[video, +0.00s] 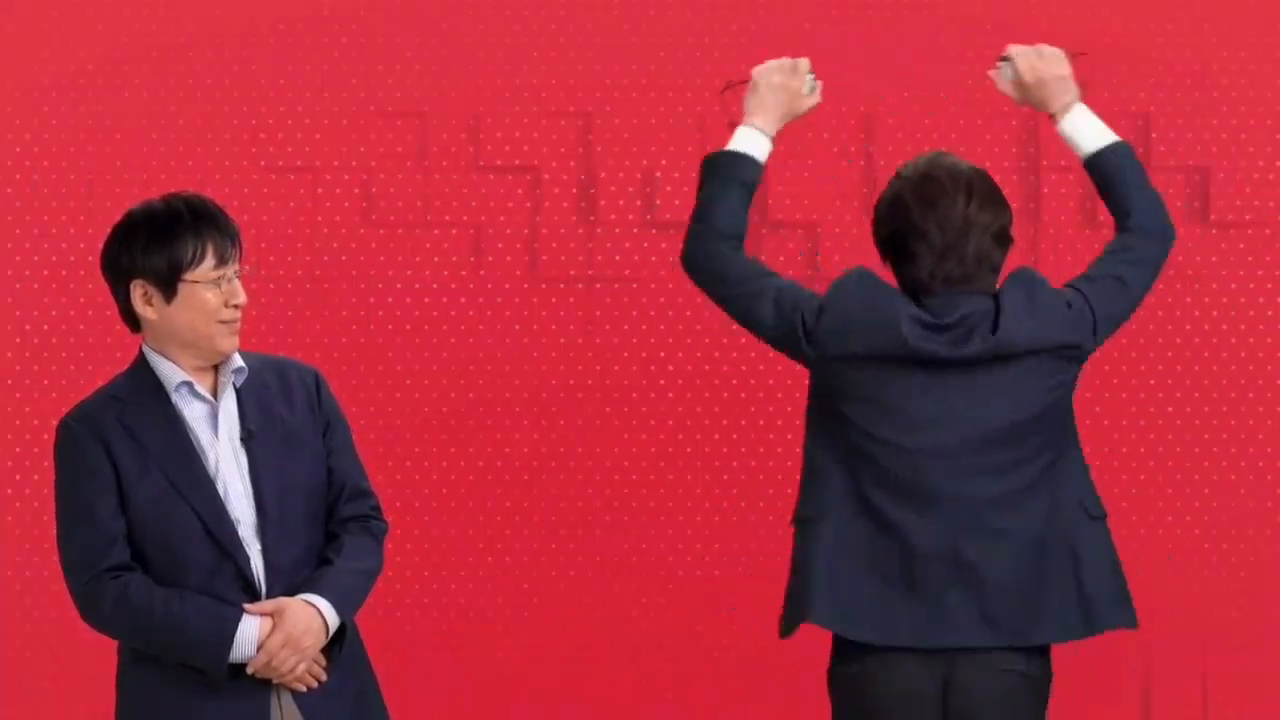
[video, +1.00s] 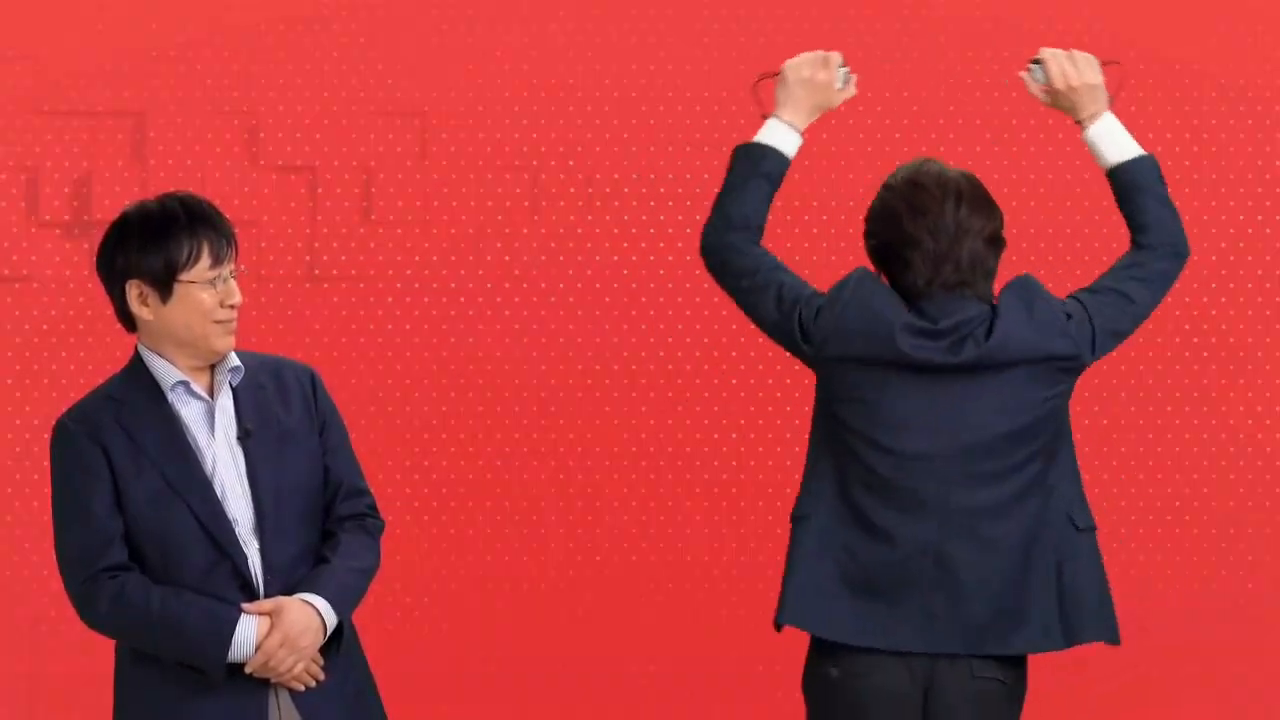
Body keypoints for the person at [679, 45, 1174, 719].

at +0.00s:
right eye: (1001, 237)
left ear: (892, 256)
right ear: (1002, 249)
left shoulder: (841, 332)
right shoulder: (1052, 333)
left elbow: (709, 254)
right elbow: (1149, 230)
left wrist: (755, 125)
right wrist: (1067, 107)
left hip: (877, 666)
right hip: (1008, 666)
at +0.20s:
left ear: (878, 273)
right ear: (990, 258)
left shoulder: (836, 376)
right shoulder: (1035, 330)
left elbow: (675, 344)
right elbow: (1068, 191)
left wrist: (684, 204)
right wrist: (952, 109)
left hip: (909, 686)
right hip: (1039, 669)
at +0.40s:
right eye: (1009, 262)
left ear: (895, 268)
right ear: (1005, 274)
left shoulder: (851, 339)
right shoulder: (1049, 368)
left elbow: (779, 220)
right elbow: (1194, 330)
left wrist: (887, 130)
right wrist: (1182, 194)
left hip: (845, 670)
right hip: (973, 681)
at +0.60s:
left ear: (906, 267)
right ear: (1017, 284)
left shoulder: (864, 331)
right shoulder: (1056, 390)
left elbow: (811, 202)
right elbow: (1213, 366)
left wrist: (923, 122)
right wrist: (1222, 219)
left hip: (815, 663)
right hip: (939, 687)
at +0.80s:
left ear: (874, 279)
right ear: (982, 261)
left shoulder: (836, 370)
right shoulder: (1037, 336)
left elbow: (693, 309)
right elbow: (1107, 205)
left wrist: (712, 169)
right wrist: (1006, 103)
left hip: (885, 679)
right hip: (1015, 673)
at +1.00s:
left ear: (884, 260)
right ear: (992, 257)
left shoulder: (842, 335)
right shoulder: (1050, 340)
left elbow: (727, 245)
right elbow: (1163, 247)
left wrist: (786, 120)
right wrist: (1098, 118)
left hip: (858, 663)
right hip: (986, 667)